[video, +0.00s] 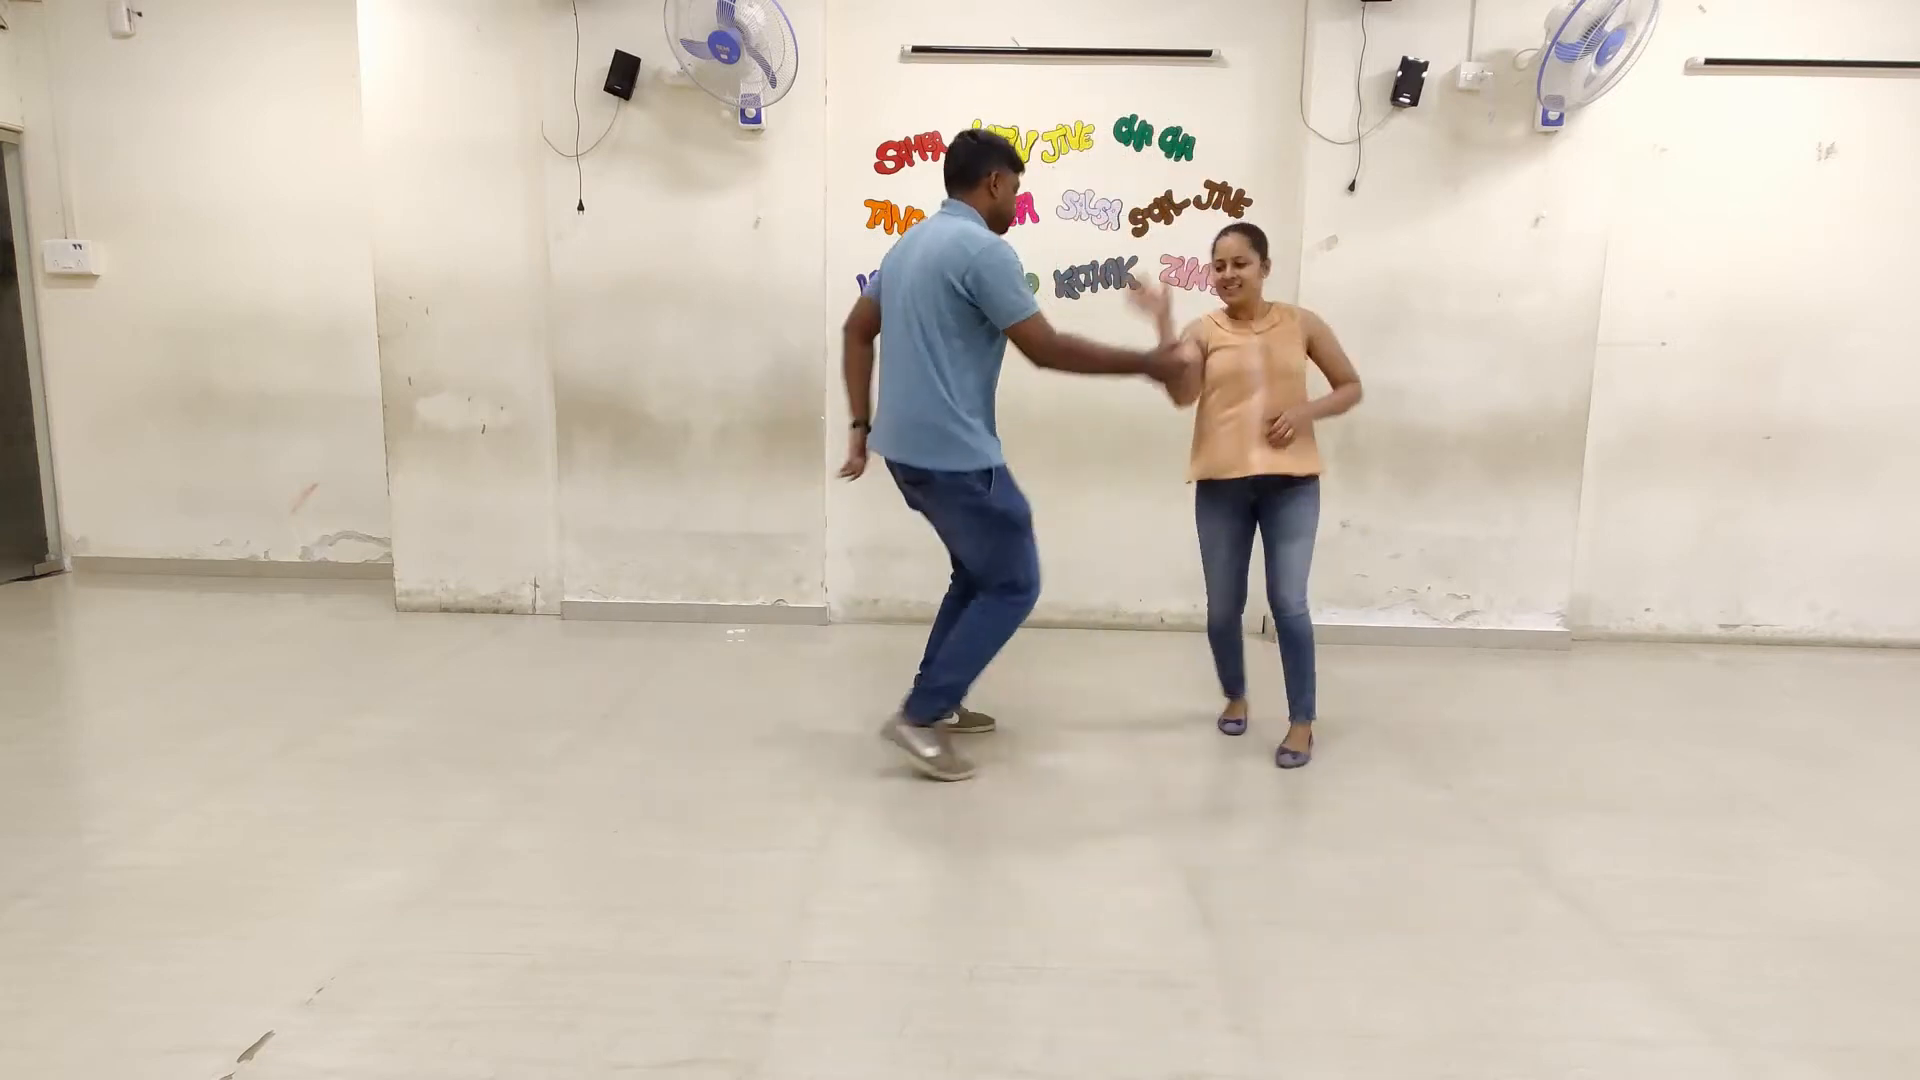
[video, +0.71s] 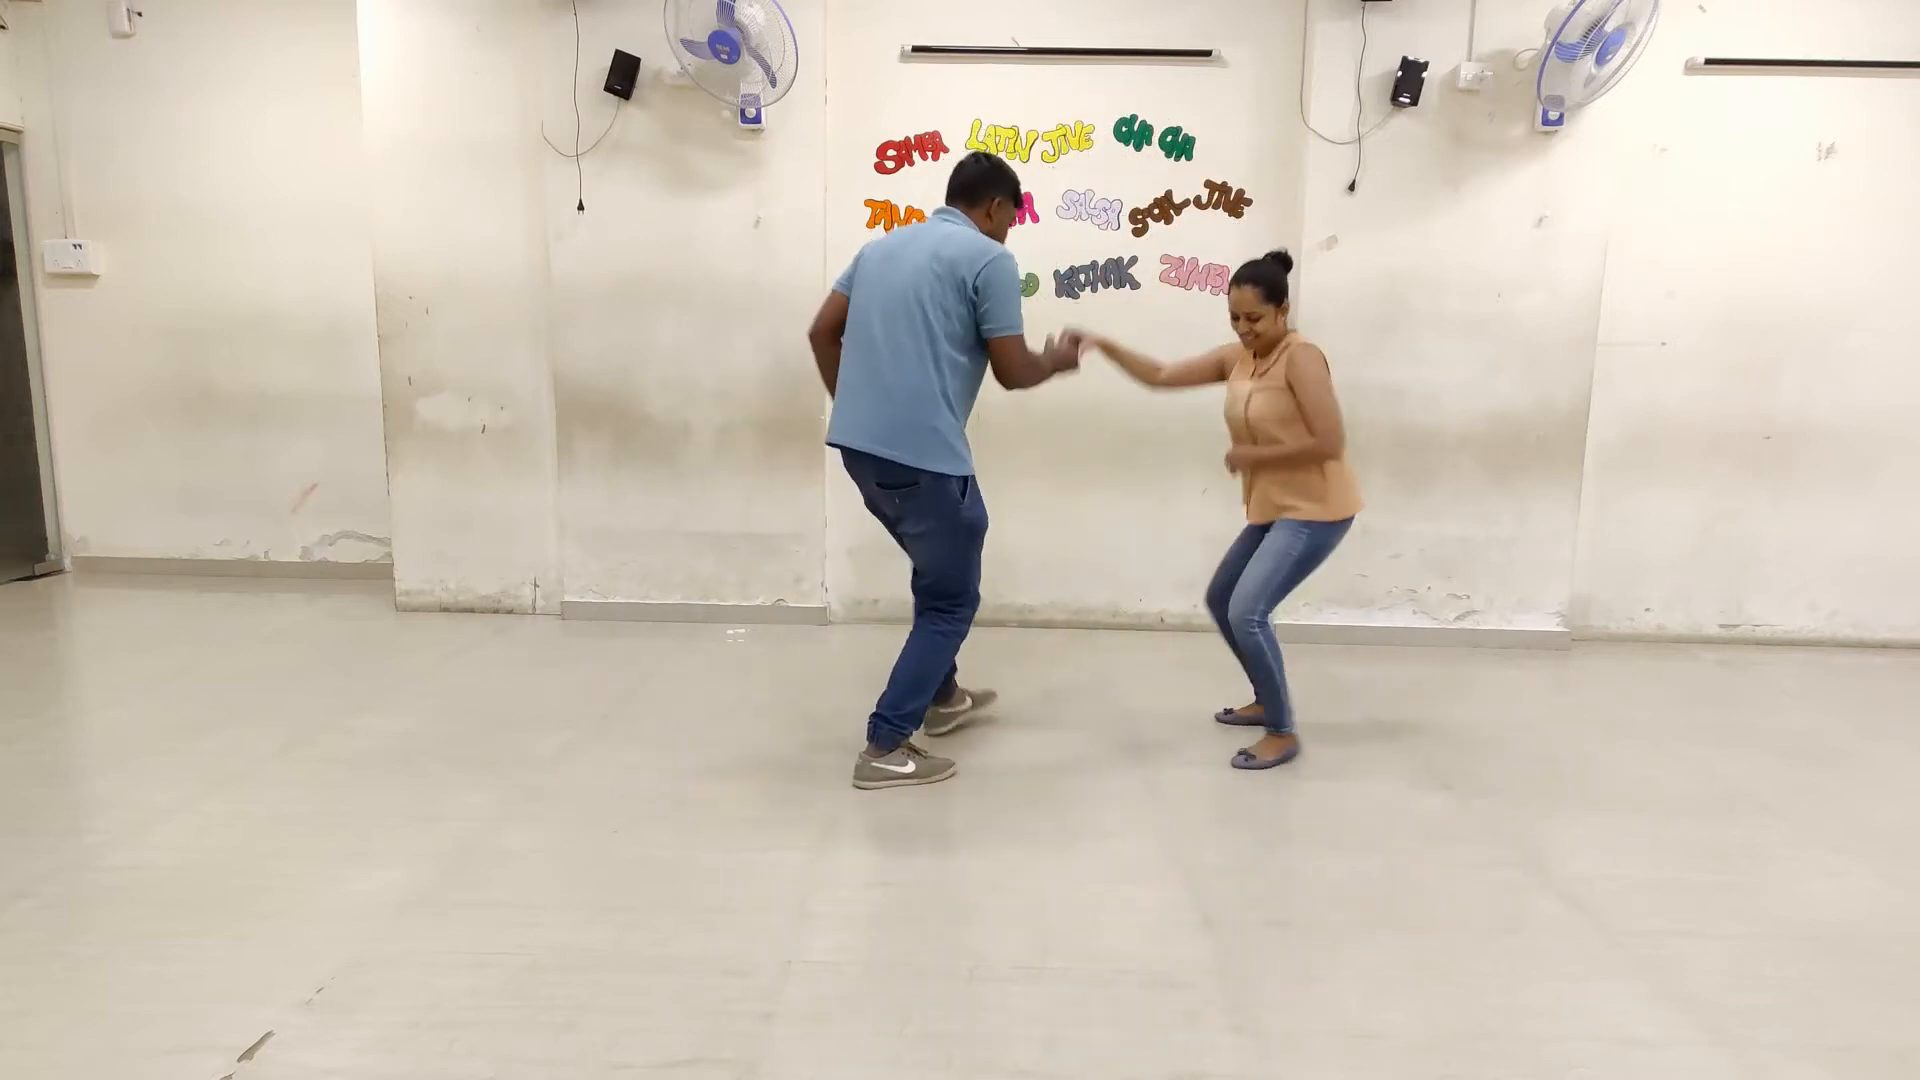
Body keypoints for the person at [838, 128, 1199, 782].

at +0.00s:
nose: (1017, 202)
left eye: (1017, 190)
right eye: (1015, 189)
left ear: (956, 184)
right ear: (994, 183)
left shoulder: (910, 244)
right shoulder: (982, 249)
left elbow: (857, 327)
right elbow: (1046, 348)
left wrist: (860, 422)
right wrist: (1149, 363)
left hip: (906, 445)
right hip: (955, 448)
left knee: (976, 574)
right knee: (1014, 586)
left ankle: (936, 700)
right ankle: (921, 720)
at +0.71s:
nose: (1008, 232)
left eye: (1010, 220)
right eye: (1011, 219)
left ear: (952, 199)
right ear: (994, 205)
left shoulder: (881, 246)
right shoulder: (988, 260)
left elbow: (824, 332)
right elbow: (1014, 372)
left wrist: (853, 405)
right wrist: (1059, 359)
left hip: (858, 440)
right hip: (924, 451)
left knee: (939, 567)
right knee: (948, 603)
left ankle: (938, 693)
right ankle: (885, 747)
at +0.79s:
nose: (1020, 252)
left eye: (1024, 238)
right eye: (1021, 236)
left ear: (968, 217)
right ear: (1000, 221)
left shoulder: (903, 263)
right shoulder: (981, 277)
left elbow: (850, 356)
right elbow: (990, 383)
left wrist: (907, 401)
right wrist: (1045, 434)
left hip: (870, 453)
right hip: (922, 459)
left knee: (952, 579)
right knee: (965, 607)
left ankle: (935, 700)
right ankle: (887, 746)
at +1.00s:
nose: (1054, 258)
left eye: (1059, 245)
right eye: (1054, 242)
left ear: (1018, 226)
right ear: (1025, 224)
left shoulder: (972, 266)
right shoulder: (971, 268)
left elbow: (925, 371)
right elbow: (975, 368)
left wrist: (964, 444)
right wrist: (1071, 405)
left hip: (920, 438)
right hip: (903, 438)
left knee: (991, 564)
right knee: (984, 574)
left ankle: (932, 696)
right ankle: (963, 744)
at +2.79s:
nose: (1038, 169)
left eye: (1035, 160)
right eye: (1025, 161)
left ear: (1003, 176)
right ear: (986, 174)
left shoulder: (995, 244)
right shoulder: (966, 244)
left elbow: (985, 340)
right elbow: (994, 347)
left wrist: (1025, 372)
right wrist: (1088, 385)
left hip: (977, 431)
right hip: (942, 430)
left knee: (1023, 564)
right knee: (1000, 565)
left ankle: (974, 705)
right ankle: (984, 724)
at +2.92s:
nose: (1003, 172)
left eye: (1000, 162)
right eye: (987, 165)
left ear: (967, 183)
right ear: (952, 184)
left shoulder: (968, 248)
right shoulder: (945, 251)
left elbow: (974, 335)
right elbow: (1013, 340)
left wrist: (1011, 357)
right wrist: (1107, 372)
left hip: (971, 441)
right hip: (926, 442)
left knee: (1017, 566)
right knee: (967, 575)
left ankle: (974, 703)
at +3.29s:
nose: (941, 173)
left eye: (937, 163)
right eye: (928, 165)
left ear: (901, 181)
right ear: (894, 179)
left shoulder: (896, 233)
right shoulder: (889, 244)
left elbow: (932, 264)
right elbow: (970, 327)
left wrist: (964, 273)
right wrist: (1070, 350)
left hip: (890, 438)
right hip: (851, 442)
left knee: (938, 560)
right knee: (871, 578)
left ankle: (995, 691)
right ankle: (822, 692)